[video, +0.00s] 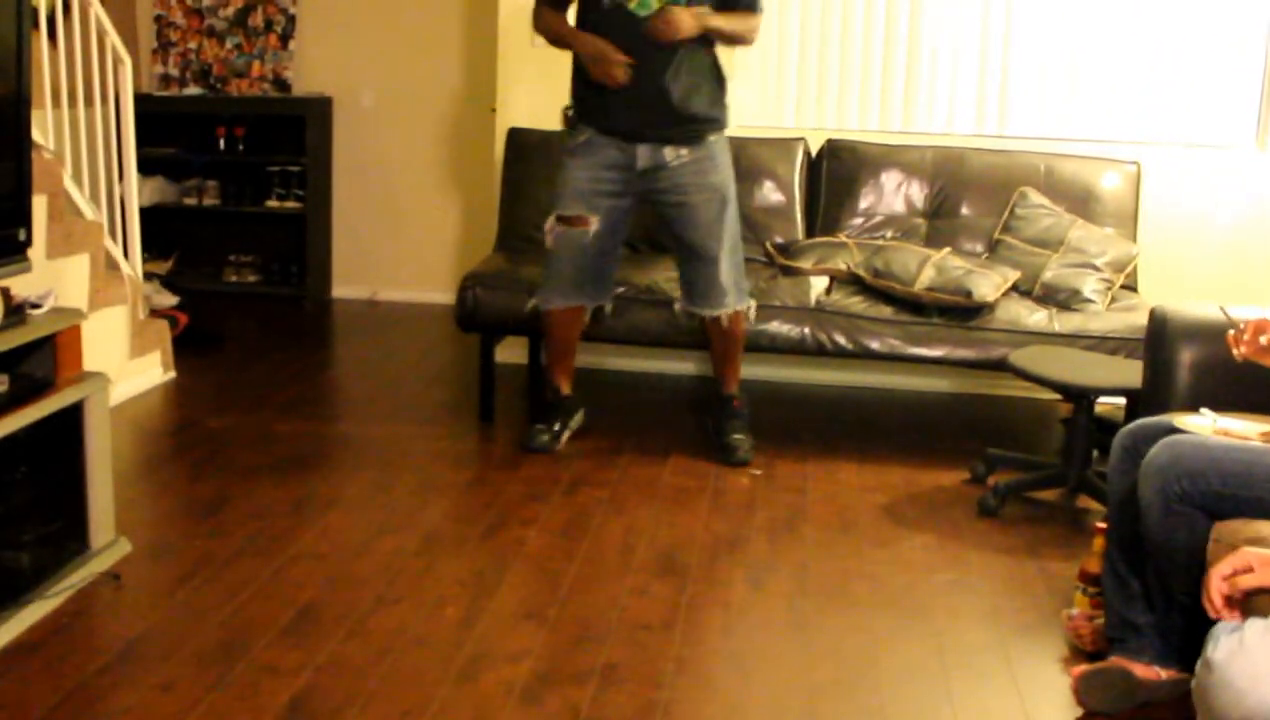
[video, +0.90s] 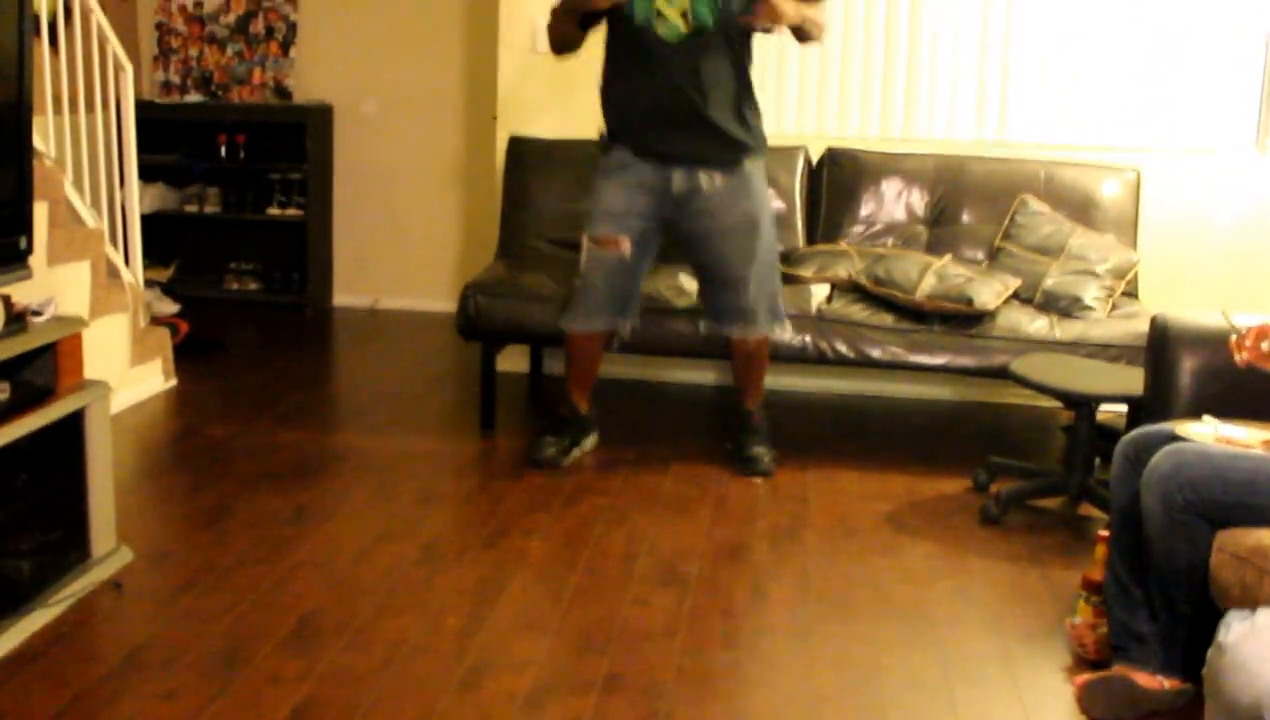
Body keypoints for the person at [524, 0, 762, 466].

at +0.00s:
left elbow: (747, 25)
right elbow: (545, 14)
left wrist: (702, 20)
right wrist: (585, 44)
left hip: (692, 137)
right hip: (599, 135)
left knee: (721, 282)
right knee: (566, 272)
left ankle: (729, 404)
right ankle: (559, 398)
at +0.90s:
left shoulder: (742, 1)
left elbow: (814, 29)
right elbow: (560, 41)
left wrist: (790, 14)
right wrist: (581, 8)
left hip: (727, 155)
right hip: (633, 153)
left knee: (749, 301)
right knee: (595, 288)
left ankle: (751, 421)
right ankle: (576, 418)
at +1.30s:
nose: (666, 20)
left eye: (677, 9)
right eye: (656, 8)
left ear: (696, 16)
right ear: (641, 15)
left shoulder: (732, 95)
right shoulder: (600, 86)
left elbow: (763, 172)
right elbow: (573, 164)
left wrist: (703, 152)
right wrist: (648, 163)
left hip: (702, 281)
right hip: (615, 278)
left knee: (736, 427)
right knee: (583, 419)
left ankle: (750, 555)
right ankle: (578, 553)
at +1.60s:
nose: (679, 128)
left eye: (691, 116)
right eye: (666, 117)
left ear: (711, 121)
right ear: (649, 123)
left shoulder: (750, 187)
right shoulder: (608, 194)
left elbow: (793, 274)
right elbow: (574, 277)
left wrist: (790, 258)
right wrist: (580, 272)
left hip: (730, 397)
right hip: (636, 397)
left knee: (758, 541)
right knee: (604, 521)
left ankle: (763, 661)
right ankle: (588, 657)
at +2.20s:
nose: (681, 165)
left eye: (692, 153)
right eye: (670, 152)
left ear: (712, 143)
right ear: (650, 141)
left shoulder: (743, 205)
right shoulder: (607, 197)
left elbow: (761, 298)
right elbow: (576, 288)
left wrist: (715, 293)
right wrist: (646, 264)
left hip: (718, 398)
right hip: (626, 395)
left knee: (754, 534)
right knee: (592, 518)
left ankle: (763, 659)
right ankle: (583, 659)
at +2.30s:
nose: (688, 157)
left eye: (699, 146)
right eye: (676, 145)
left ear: (720, 134)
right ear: (657, 133)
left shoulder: (755, 190)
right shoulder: (614, 191)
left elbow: (792, 268)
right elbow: (573, 273)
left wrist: (768, 272)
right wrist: (605, 256)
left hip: (729, 390)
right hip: (638, 386)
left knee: (761, 522)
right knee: (604, 509)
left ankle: (766, 657)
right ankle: (585, 653)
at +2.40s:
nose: (686, 145)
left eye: (695, 132)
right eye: (678, 131)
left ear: (716, 138)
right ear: (665, 134)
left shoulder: (745, 195)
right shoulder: (630, 203)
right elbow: (592, 281)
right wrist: (580, 257)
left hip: (734, 394)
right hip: (650, 394)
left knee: (750, 530)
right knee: (617, 520)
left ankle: (762, 650)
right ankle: (600, 652)